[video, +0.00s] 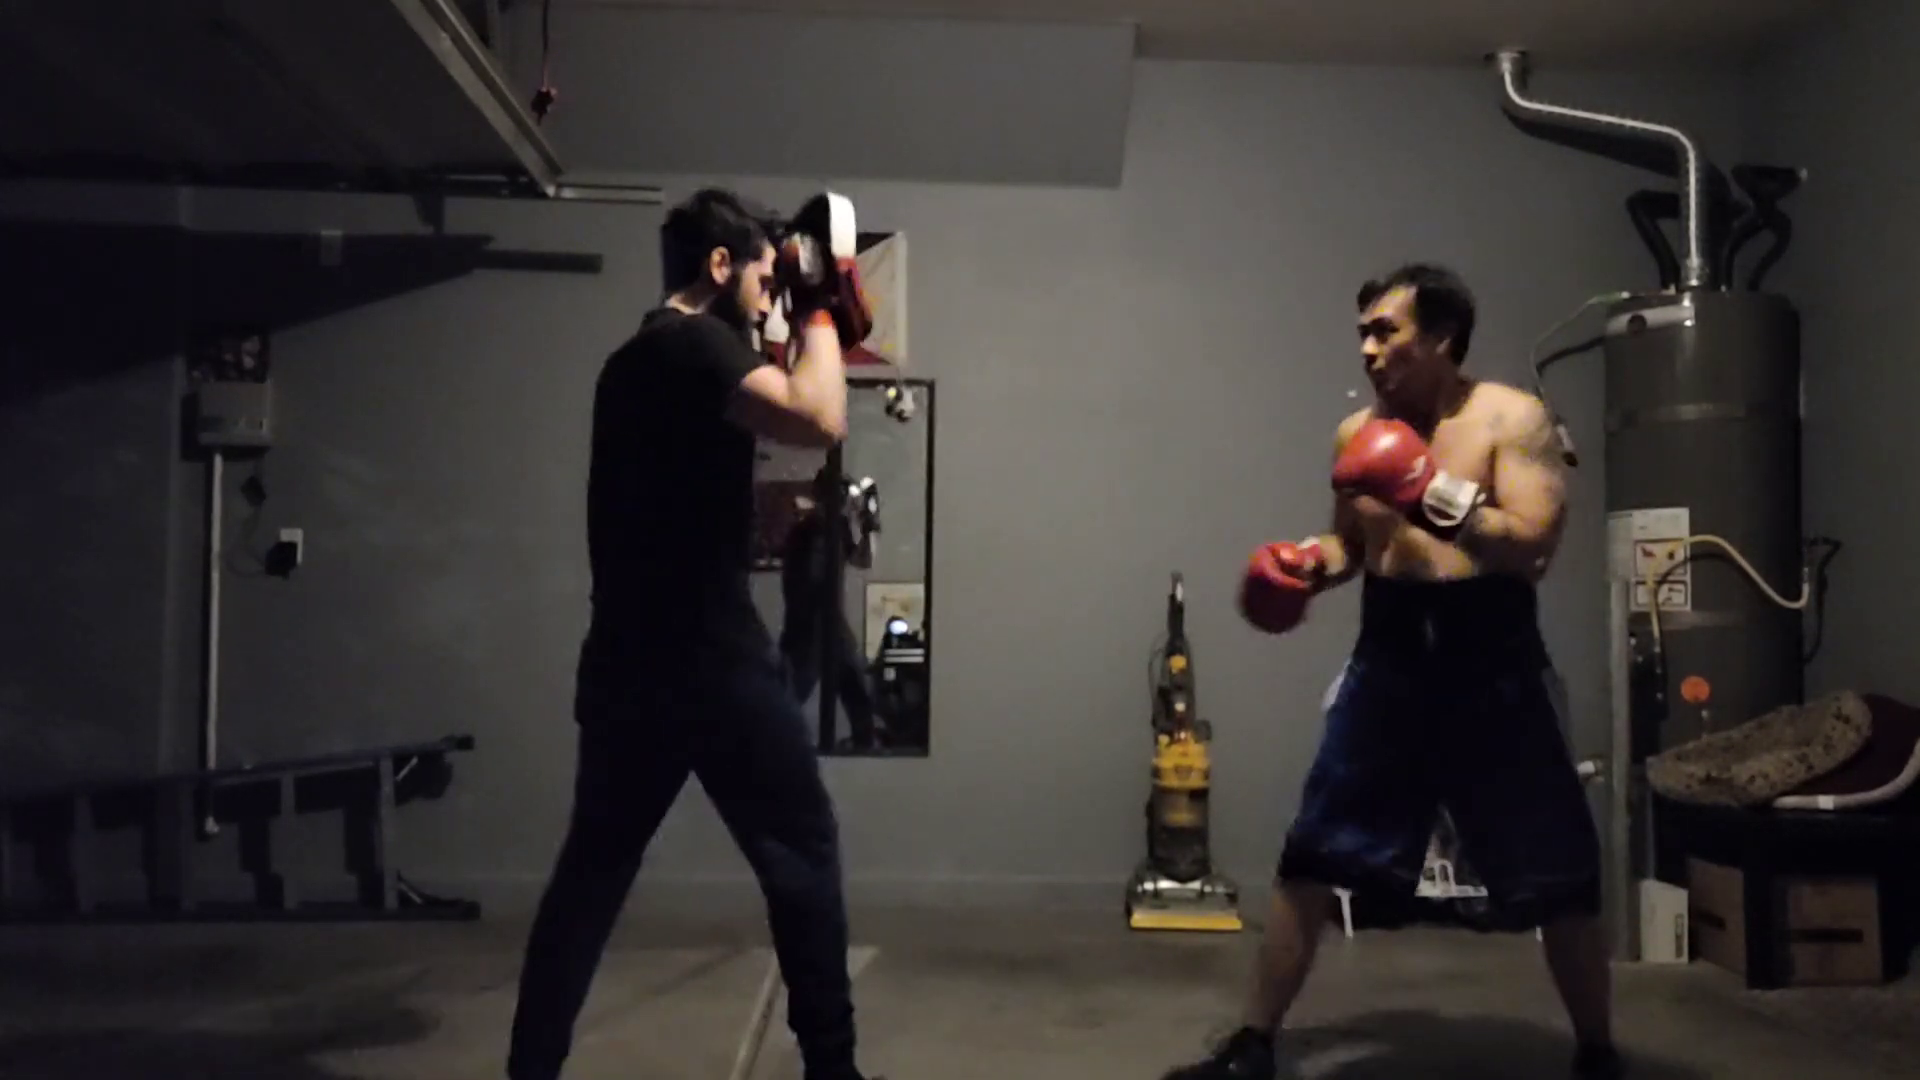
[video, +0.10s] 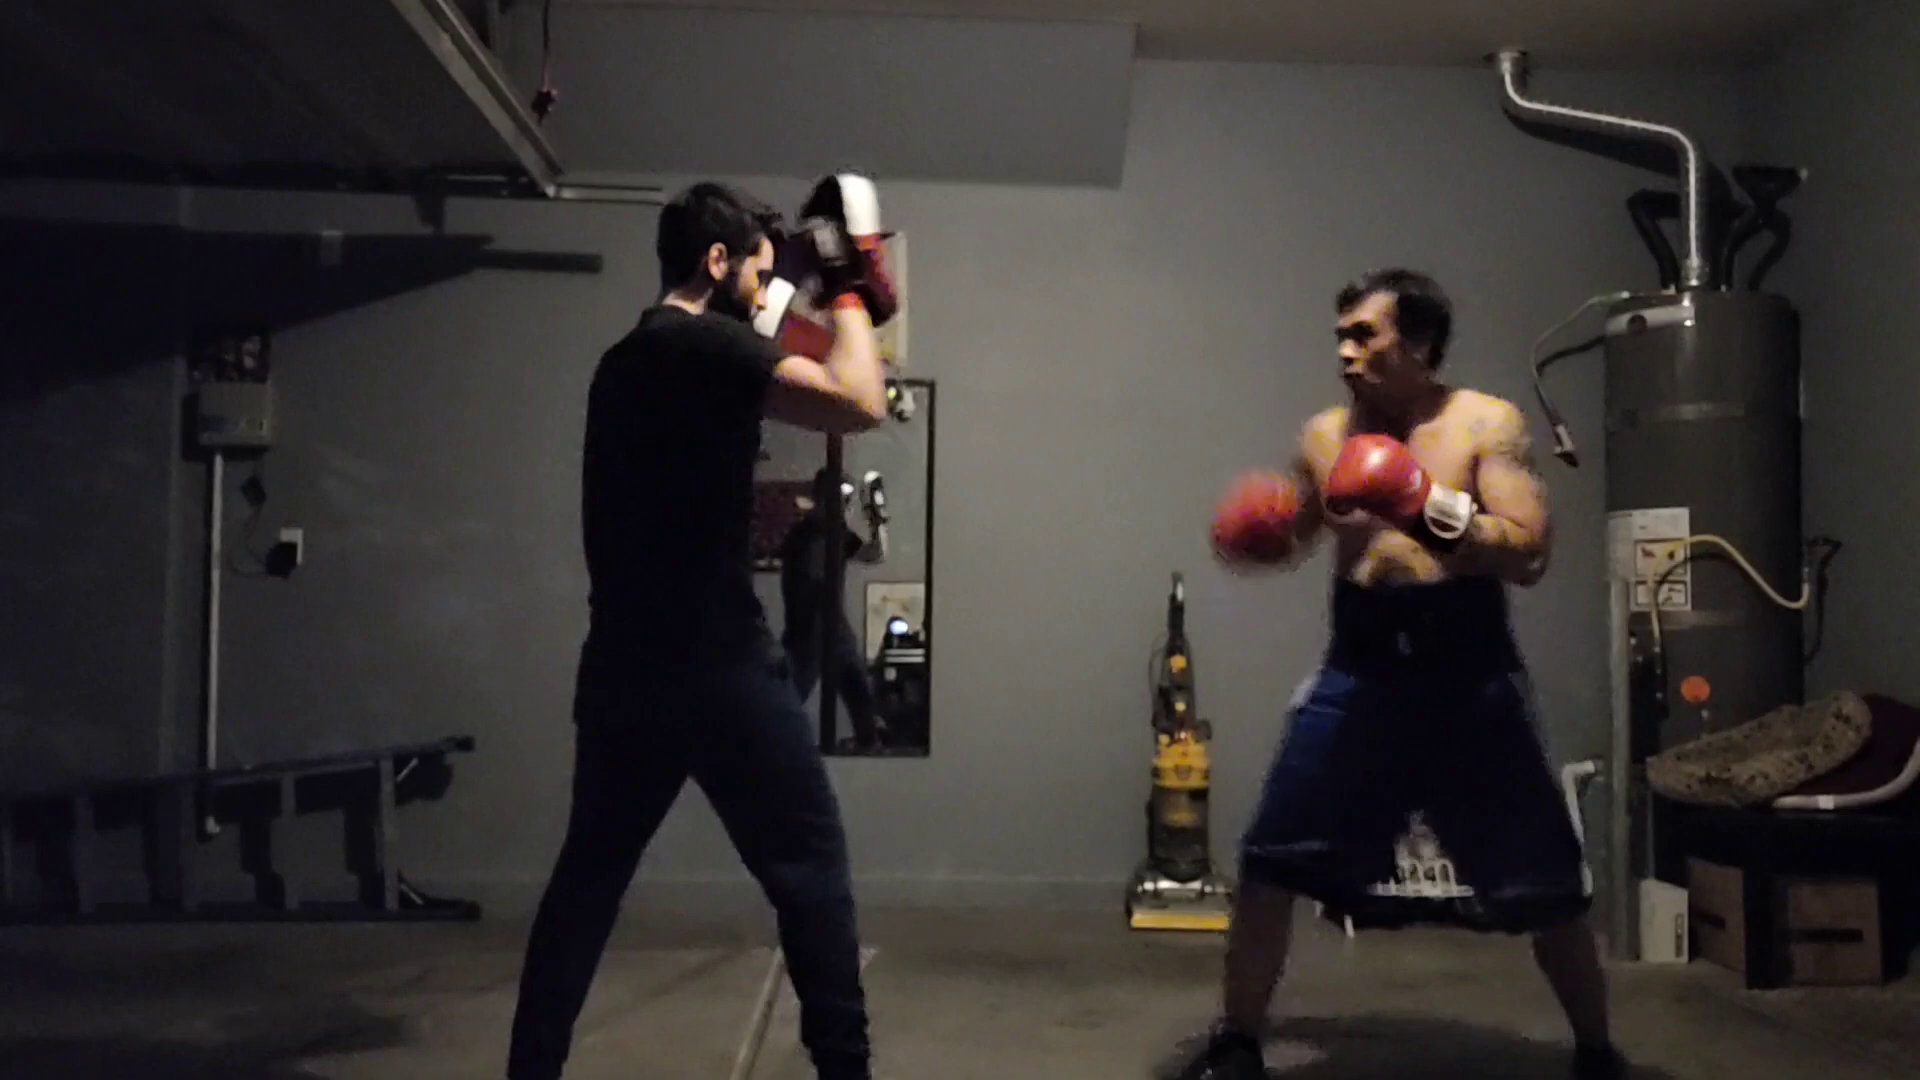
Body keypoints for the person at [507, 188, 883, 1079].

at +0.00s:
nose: (767, 296)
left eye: (771, 281)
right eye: (763, 278)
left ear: (681, 270)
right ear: (719, 267)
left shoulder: (630, 360)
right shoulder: (700, 344)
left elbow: (671, 503)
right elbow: (817, 415)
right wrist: (817, 318)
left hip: (628, 655)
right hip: (711, 657)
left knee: (591, 868)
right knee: (802, 853)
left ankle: (532, 1063)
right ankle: (831, 1061)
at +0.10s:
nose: (765, 291)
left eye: (766, 273)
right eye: (761, 270)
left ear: (675, 262)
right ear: (724, 262)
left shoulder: (622, 361)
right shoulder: (717, 348)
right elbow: (860, 401)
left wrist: (810, 313)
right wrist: (850, 301)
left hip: (624, 658)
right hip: (718, 661)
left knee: (587, 873)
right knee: (808, 863)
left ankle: (531, 1064)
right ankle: (844, 1062)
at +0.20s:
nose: (780, 287)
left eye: (780, 269)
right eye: (774, 267)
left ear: (687, 264)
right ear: (730, 259)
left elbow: (644, 511)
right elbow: (907, 393)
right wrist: (922, 289)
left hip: (632, 664)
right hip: (731, 665)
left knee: (603, 877)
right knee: (814, 872)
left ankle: (537, 1063)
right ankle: (863, 1063)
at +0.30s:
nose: (799, 283)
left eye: (801, 268)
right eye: (794, 266)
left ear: (686, 266)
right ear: (749, 262)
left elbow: (689, 501)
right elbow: (952, 357)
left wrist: (784, 516)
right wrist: (1024, 256)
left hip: (654, 669)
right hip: (757, 674)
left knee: (624, 877)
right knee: (823, 887)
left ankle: (545, 1065)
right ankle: (875, 1065)